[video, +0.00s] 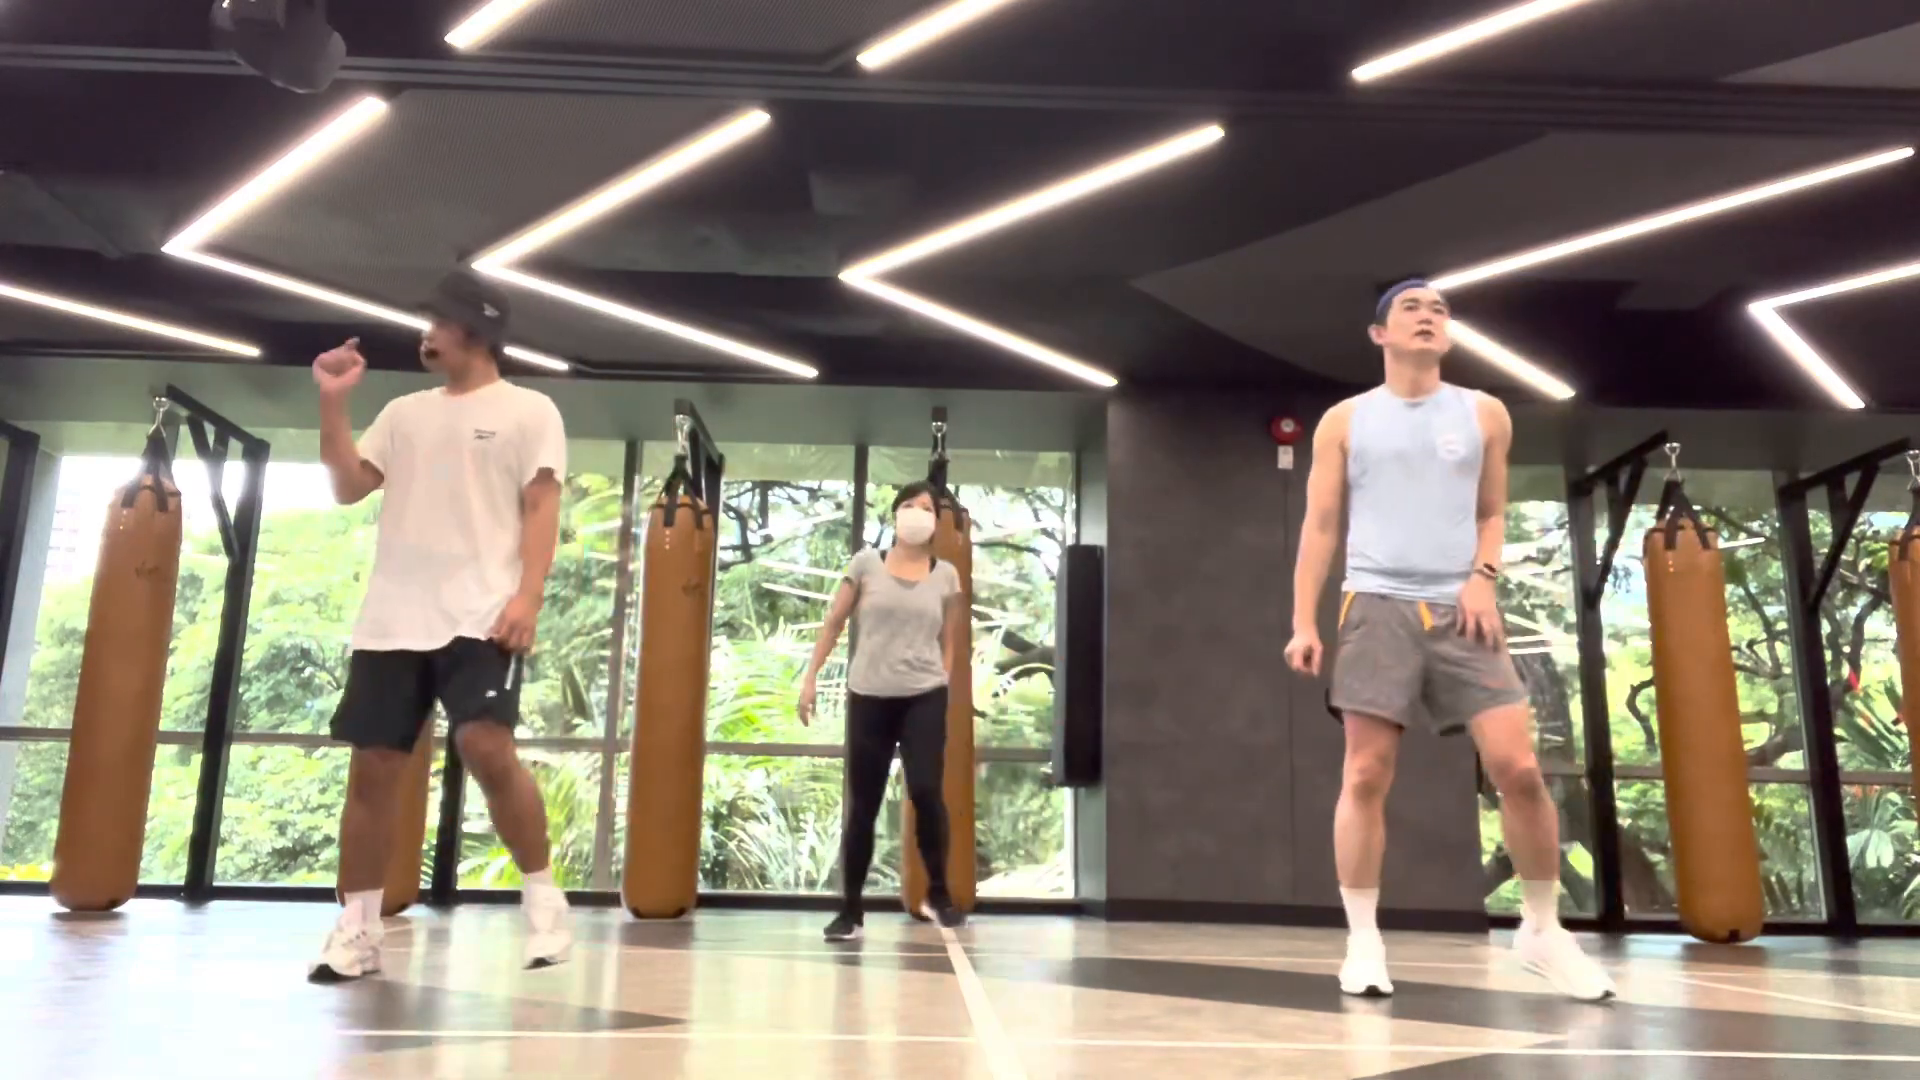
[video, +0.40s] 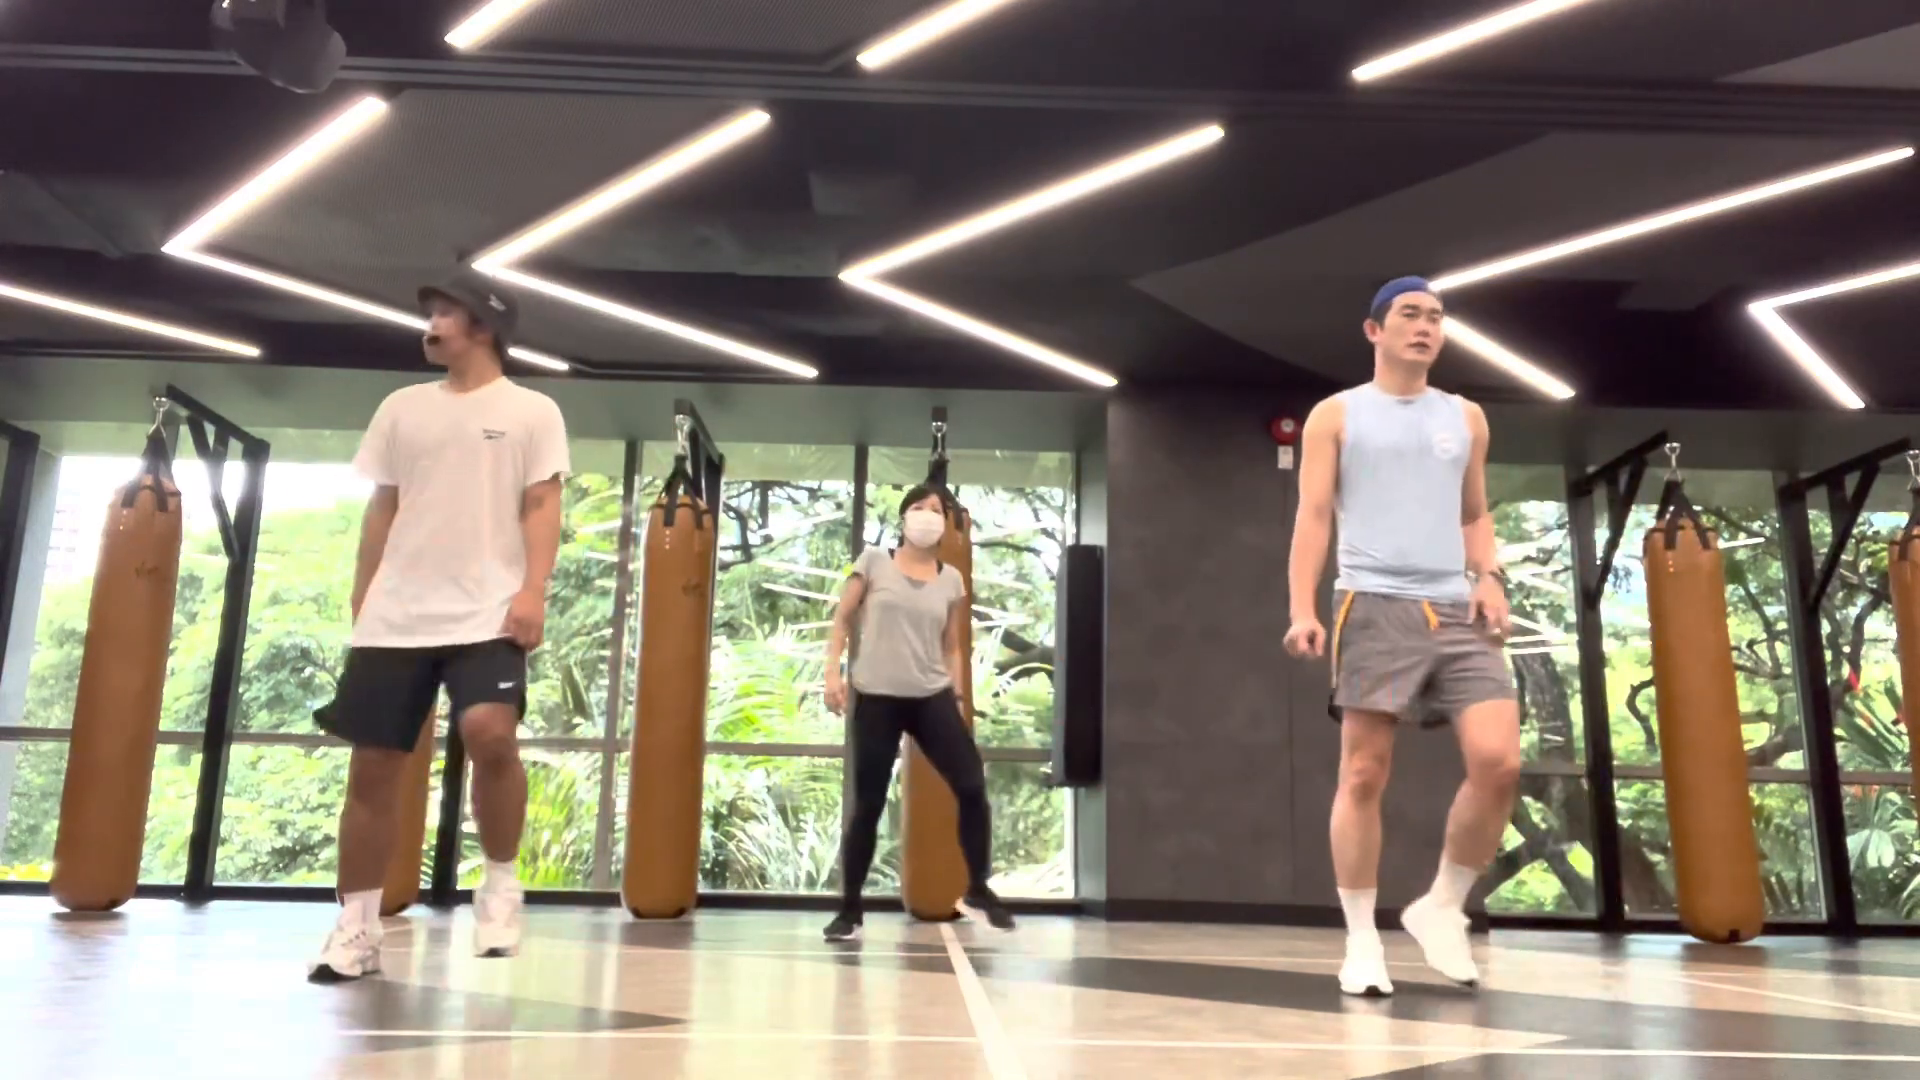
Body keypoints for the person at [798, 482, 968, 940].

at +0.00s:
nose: (917, 514)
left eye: (926, 509)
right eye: (909, 507)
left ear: (938, 523)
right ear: (894, 519)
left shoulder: (946, 576)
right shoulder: (867, 562)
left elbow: (948, 640)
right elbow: (833, 623)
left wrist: (944, 689)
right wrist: (810, 677)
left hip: (926, 695)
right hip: (869, 695)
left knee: (926, 792)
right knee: (861, 807)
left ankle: (938, 894)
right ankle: (851, 911)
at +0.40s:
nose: (927, 517)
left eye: (937, 512)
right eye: (919, 509)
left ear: (947, 527)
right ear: (902, 521)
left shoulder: (952, 579)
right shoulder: (874, 560)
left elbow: (953, 646)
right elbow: (842, 617)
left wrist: (959, 700)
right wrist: (832, 673)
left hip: (932, 698)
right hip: (875, 697)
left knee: (972, 787)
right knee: (865, 805)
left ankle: (978, 888)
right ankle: (850, 909)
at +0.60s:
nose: (963, 525)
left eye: (970, 520)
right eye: (953, 519)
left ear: (979, 535)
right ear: (933, 533)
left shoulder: (989, 591)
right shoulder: (913, 574)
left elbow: (988, 650)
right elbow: (884, 636)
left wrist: (992, 700)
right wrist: (868, 695)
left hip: (971, 711)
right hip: (913, 708)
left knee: (1004, 808)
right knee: (887, 810)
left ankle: (1040, 908)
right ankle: (851, 909)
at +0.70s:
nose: (984, 523)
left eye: (991, 518)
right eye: (974, 518)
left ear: (1001, 532)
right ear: (959, 532)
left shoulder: (1016, 589)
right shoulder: (939, 573)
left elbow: (1018, 650)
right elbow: (915, 638)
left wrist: (1022, 705)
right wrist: (902, 696)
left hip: (998, 713)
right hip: (941, 709)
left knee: (1022, 814)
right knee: (903, 811)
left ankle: (1039, 912)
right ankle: (854, 908)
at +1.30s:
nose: (1000, 518)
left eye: (1007, 512)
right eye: (991, 512)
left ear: (1018, 525)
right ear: (974, 524)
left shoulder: (1035, 572)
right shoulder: (955, 573)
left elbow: (1048, 634)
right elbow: (942, 640)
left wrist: (1052, 684)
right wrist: (935, 703)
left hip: (1020, 701)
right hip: (965, 699)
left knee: (1028, 807)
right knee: (928, 789)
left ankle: (1039, 913)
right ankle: (933, 890)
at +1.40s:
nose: (983, 520)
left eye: (991, 514)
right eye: (973, 515)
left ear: (1003, 528)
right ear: (959, 530)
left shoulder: (1022, 573)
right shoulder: (942, 579)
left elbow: (1036, 634)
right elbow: (931, 646)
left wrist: (1034, 684)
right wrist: (924, 705)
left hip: (1007, 707)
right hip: (949, 704)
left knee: (1021, 810)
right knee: (903, 798)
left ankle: (1040, 913)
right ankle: (874, 892)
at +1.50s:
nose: (960, 525)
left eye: (969, 519)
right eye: (951, 519)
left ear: (981, 534)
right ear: (937, 533)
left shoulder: (999, 581)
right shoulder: (919, 585)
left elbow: (1014, 643)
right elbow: (911, 652)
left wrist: (1014, 696)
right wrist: (903, 709)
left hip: (987, 711)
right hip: (927, 710)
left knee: (1009, 812)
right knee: (876, 807)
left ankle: (1040, 911)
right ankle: (829, 901)